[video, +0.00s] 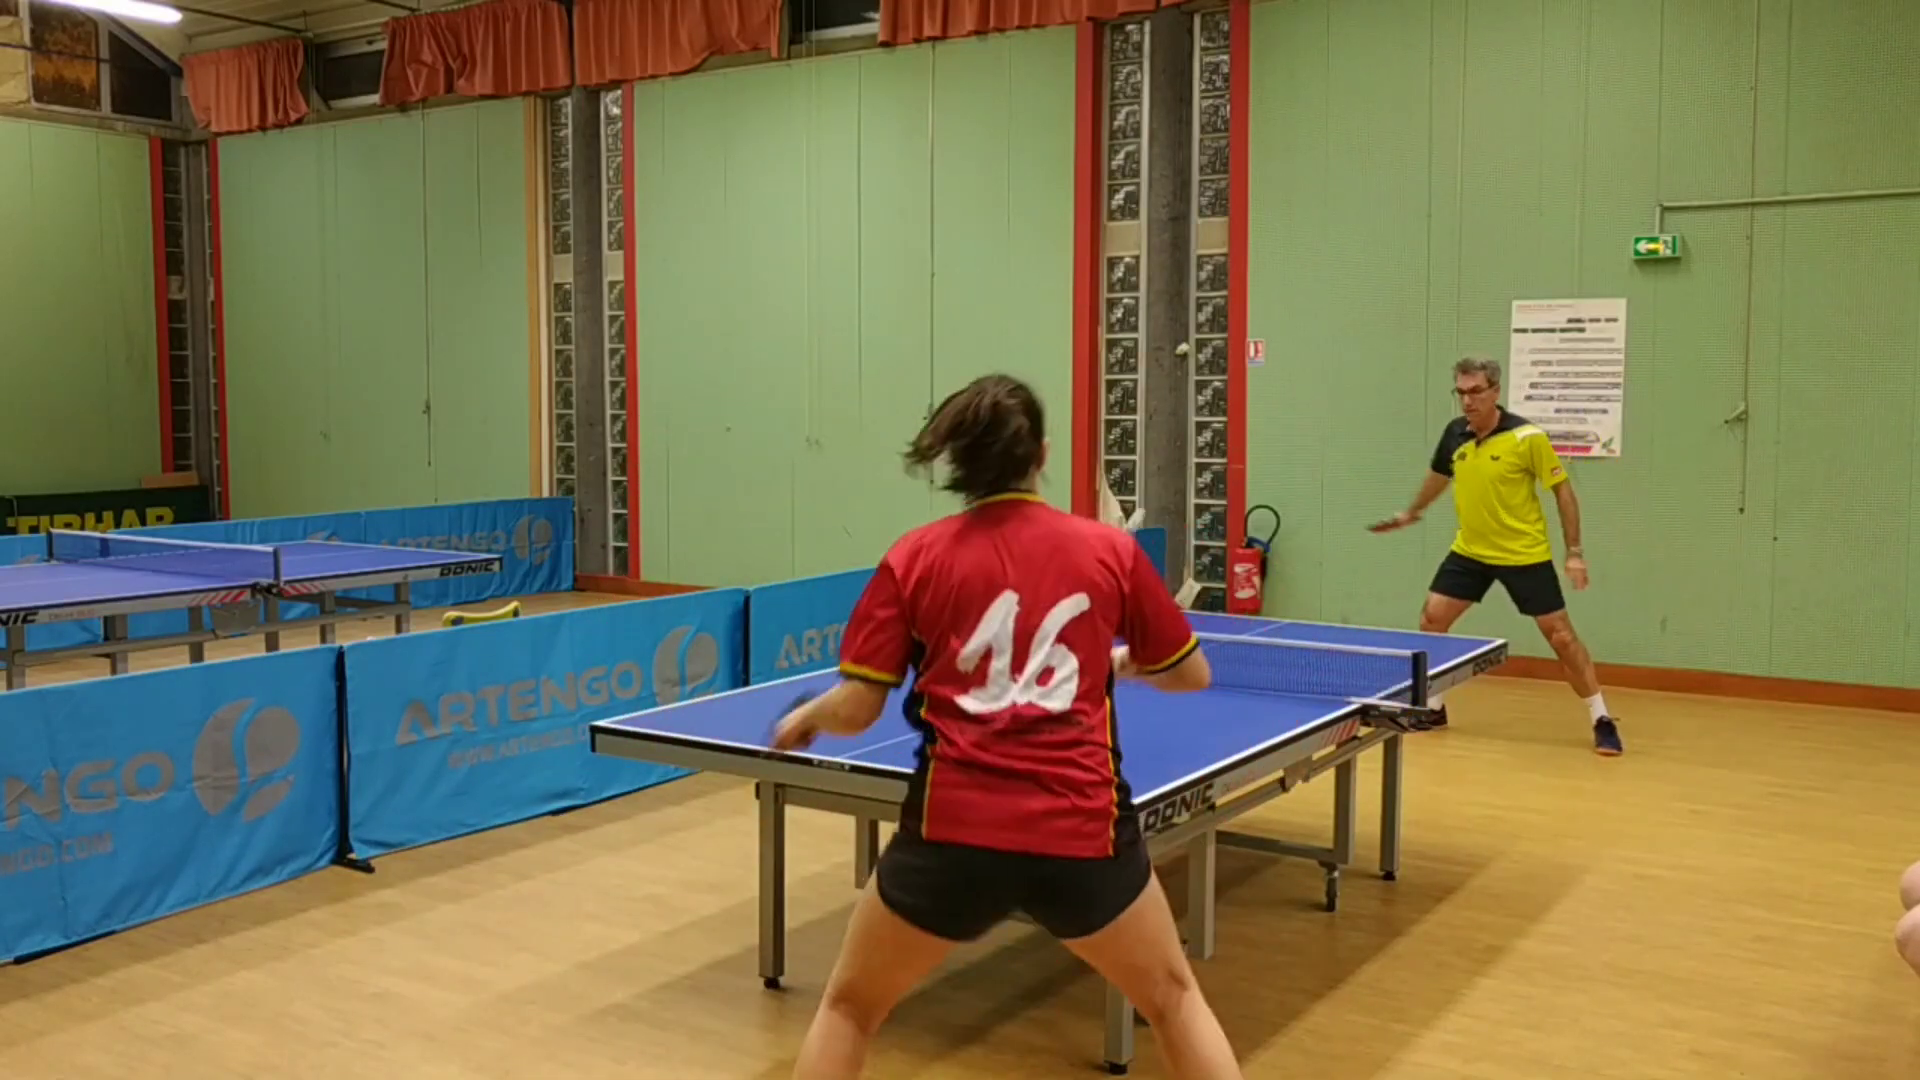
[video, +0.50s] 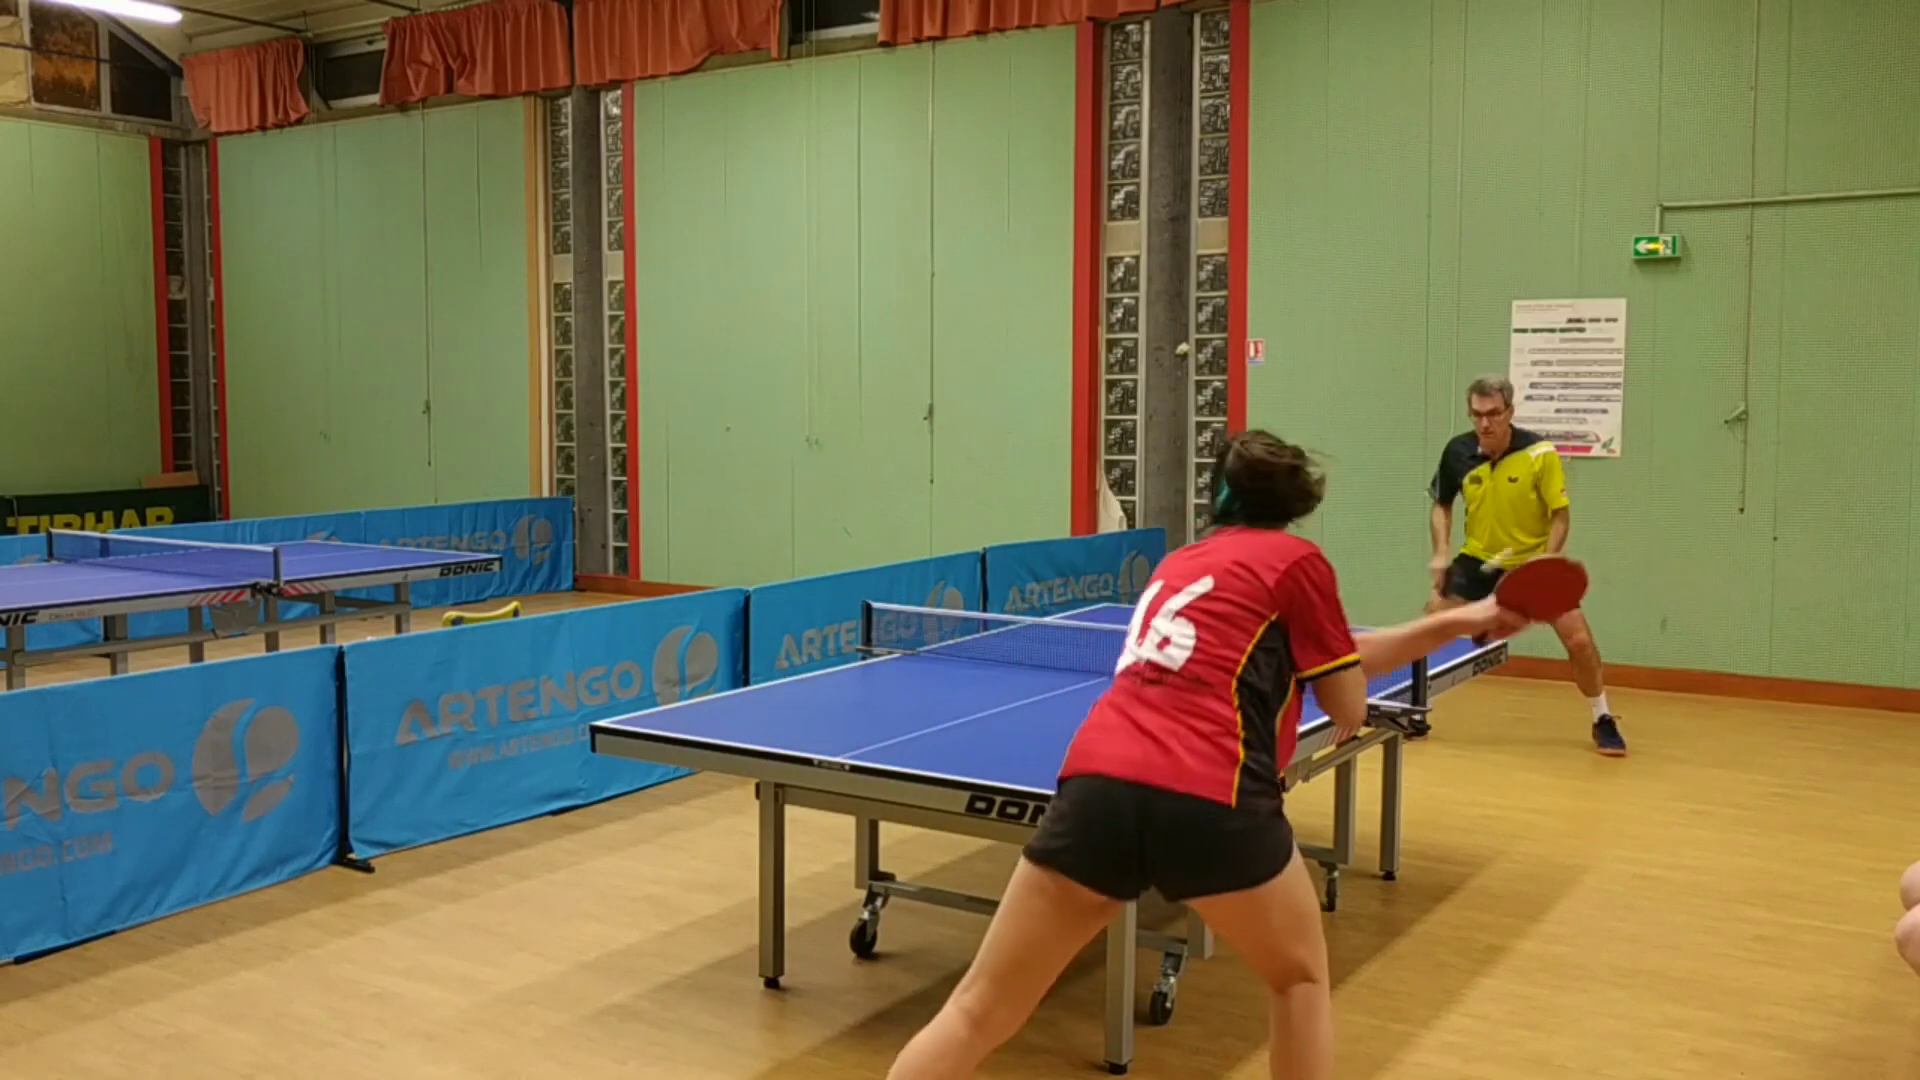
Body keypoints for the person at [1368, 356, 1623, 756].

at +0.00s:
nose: (1467, 401)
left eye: (1474, 393)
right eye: (1461, 394)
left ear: (1496, 392)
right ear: (1457, 395)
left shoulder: (1528, 437)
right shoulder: (1456, 433)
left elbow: (1563, 491)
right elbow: (1437, 477)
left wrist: (1574, 553)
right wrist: (1411, 512)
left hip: (1525, 556)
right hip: (1470, 552)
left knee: (1562, 639)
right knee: (1431, 622)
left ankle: (1601, 718)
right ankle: (1432, 706)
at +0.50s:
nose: (1484, 424)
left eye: (1492, 415)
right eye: (1477, 415)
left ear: (1510, 412)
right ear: (1470, 415)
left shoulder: (1539, 454)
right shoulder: (1459, 452)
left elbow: (1560, 518)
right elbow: (1442, 502)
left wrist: (1545, 566)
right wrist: (1441, 555)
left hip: (1532, 564)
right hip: (1475, 562)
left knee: (1580, 641)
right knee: (1432, 626)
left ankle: (1603, 718)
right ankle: (1411, 707)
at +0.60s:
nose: (1510, 423)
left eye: (1518, 414)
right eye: (1502, 414)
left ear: (1530, 412)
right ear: (1490, 414)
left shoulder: (1554, 446)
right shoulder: (1470, 455)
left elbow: (1564, 502)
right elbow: (1460, 519)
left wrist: (1564, 554)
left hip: (1543, 561)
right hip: (1484, 559)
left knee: (1585, 640)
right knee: (1434, 621)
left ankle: (1612, 726)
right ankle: (1413, 709)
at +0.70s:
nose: (1541, 418)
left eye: (1548, 410)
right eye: (1533, 409)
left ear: (1556, 408)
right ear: (1516, 408)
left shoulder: (1565, 438)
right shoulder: (1505, 454)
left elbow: (1574, 494)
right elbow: (1545, 516)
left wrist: (1593, 542)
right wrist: (1619, 527)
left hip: (1557, 555)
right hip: (1504, 554)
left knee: (1590, 637)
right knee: (1453, 627)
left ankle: (1612, 726)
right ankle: (1415, 708)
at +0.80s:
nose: (1585, 416)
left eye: (1588, 409)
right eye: (1576, 409)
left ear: (1588, 410)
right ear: (1553, 410)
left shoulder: (1571, 446)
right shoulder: (1549, 449)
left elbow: (1582, 490)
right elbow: (1630, 472)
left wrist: (1617, 514)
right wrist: (1703, 472)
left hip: (1569, 561)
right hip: (1522, 562)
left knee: (1606, 631)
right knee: (1487, 643)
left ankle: (1615, 728)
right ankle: (1418, 700)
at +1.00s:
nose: (1680, 439)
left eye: (1681, 433)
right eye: (1678, 432)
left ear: (1646, 426)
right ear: (1658, 431)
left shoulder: (1603, 441)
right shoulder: (1634, 461)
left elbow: (1561, 458)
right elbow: (1699, 464)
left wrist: (1601, 480)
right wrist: (1760, 422)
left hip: (1590, 570)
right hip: (1554, 567)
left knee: (1636, 628)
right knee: (1503, 649)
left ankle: (1624, 729)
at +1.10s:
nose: (1705, 441)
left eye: (1706, 435)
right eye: (1705, 434)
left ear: (1670, 422)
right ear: (1688, 432)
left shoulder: (1624, 441)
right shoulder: (1660, 457)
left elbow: (1574, 477)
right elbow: (1706, 491)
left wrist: (1601, 515)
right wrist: (1770, 460)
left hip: (1596, 563)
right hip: (1569, 561)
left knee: (1640, 628)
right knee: (1537, 648)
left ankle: (1625, 730)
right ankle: (1437, 694)